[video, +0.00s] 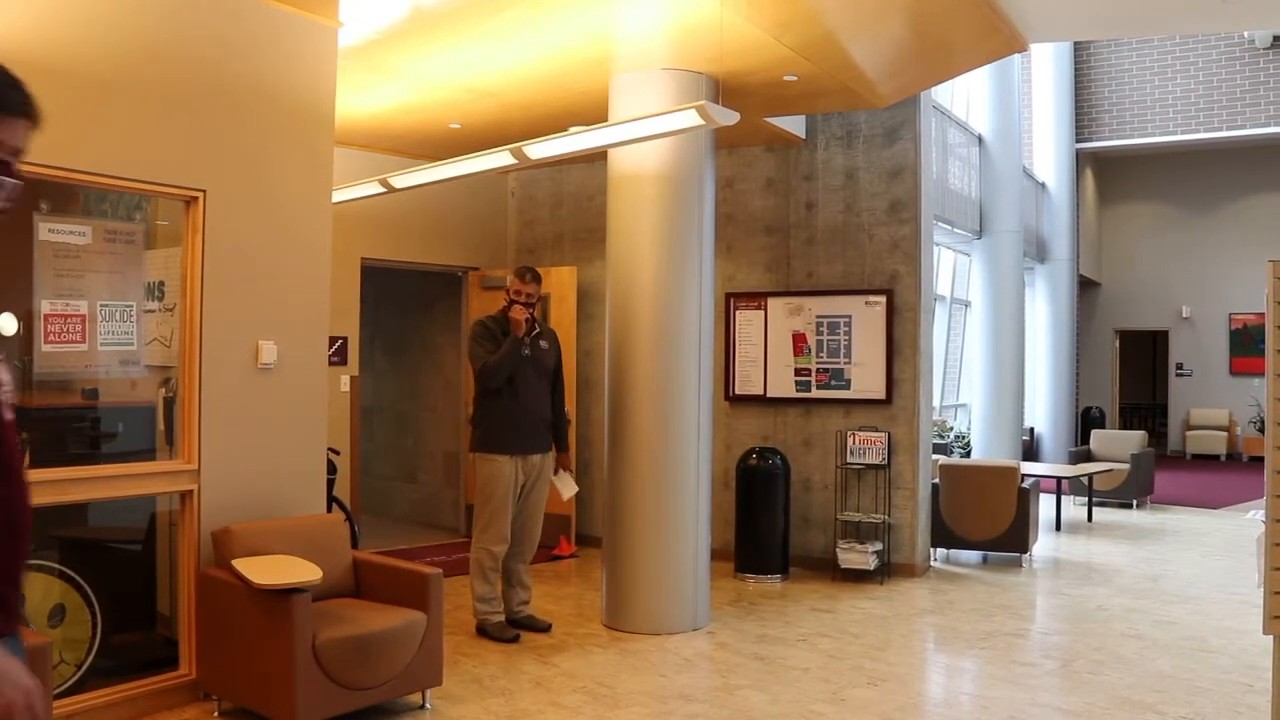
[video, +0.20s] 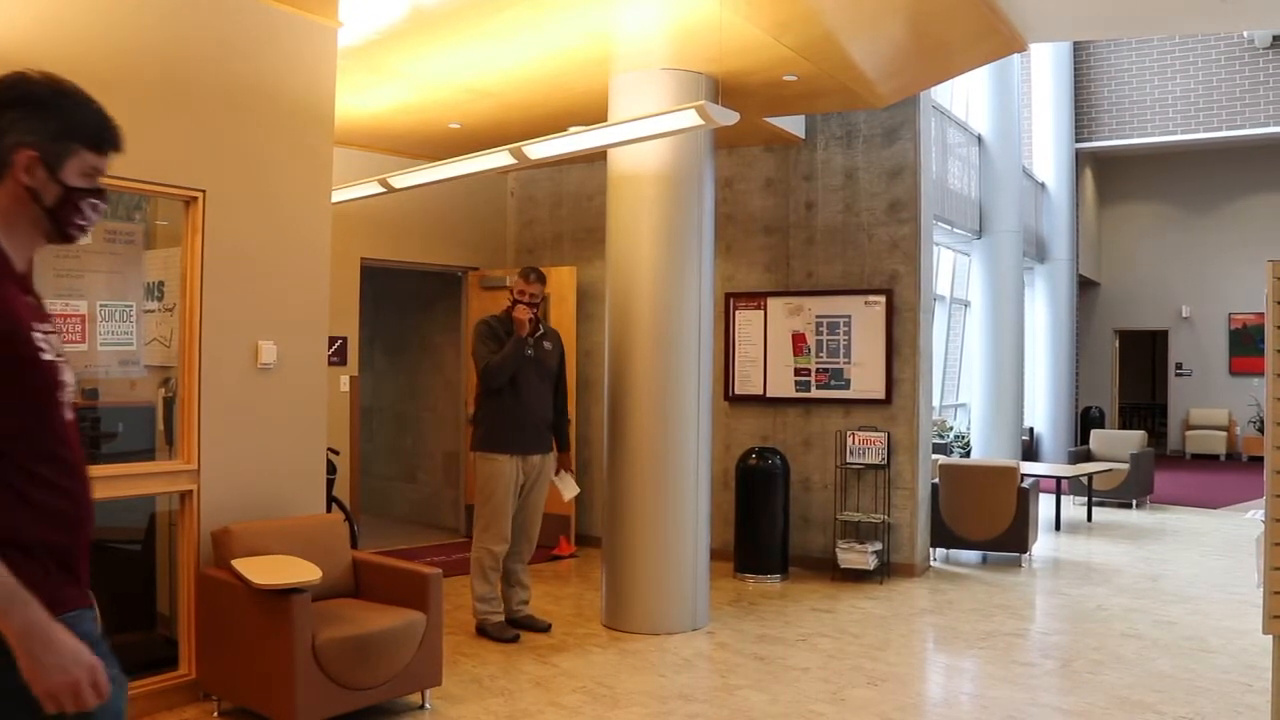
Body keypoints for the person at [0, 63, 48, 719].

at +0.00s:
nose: (15, 180)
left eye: (17, 159)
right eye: (6, 156)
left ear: (23, 156)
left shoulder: (6, 332)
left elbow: (10, 488)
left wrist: (13, 623)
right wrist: (1, 643)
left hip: (6, 614)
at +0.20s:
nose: (96, 202)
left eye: (100, 186)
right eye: (86, 182)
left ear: (31, 172)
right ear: (27, 170)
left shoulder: (23, 295)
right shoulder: (7, 296)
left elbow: (32, 467)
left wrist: (69, 611)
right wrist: (31, 632)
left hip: (63, 616)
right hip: (31, 638)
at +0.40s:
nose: (156, 206)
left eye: (159, 190)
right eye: (149, 187)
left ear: (95, 180)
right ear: (94, 178)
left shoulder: (60, 278)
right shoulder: (28, 275)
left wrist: (112, 615)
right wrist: (89, 634)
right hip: (64, 644)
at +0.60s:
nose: (212, 211)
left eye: (215, 195)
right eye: (206, 193)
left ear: (156, 188)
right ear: (161, 189)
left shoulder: (102, 278)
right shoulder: (100, 283)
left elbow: (74, 480)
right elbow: (72, 483)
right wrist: (168, 644)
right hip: (133, 646)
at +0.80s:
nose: (264, 200)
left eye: (265, 183)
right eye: (260, 183)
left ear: (168, 181)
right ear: (224, 187)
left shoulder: (127, 275)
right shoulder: (181, 286)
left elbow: (102, 440)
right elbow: (168, 480)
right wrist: (251, 635)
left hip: (142, 620)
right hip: (202, 632)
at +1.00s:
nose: (300, 201)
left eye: (300, 183)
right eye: (299, 183)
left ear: (209, 180)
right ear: (279, 192)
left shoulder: (160, 280)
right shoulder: (244, 290)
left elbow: (132, 436)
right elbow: (247, 485)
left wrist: (182, 541)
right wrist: (329, 626)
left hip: (188, 603)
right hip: (250, 614)